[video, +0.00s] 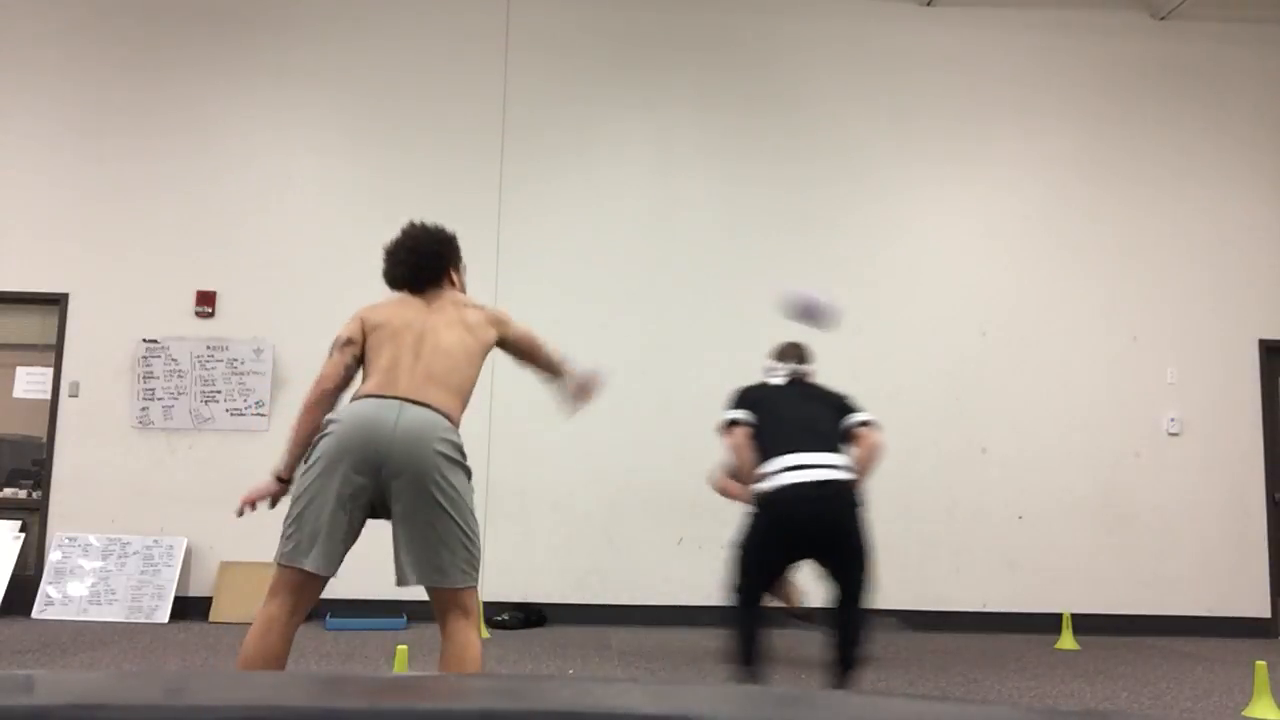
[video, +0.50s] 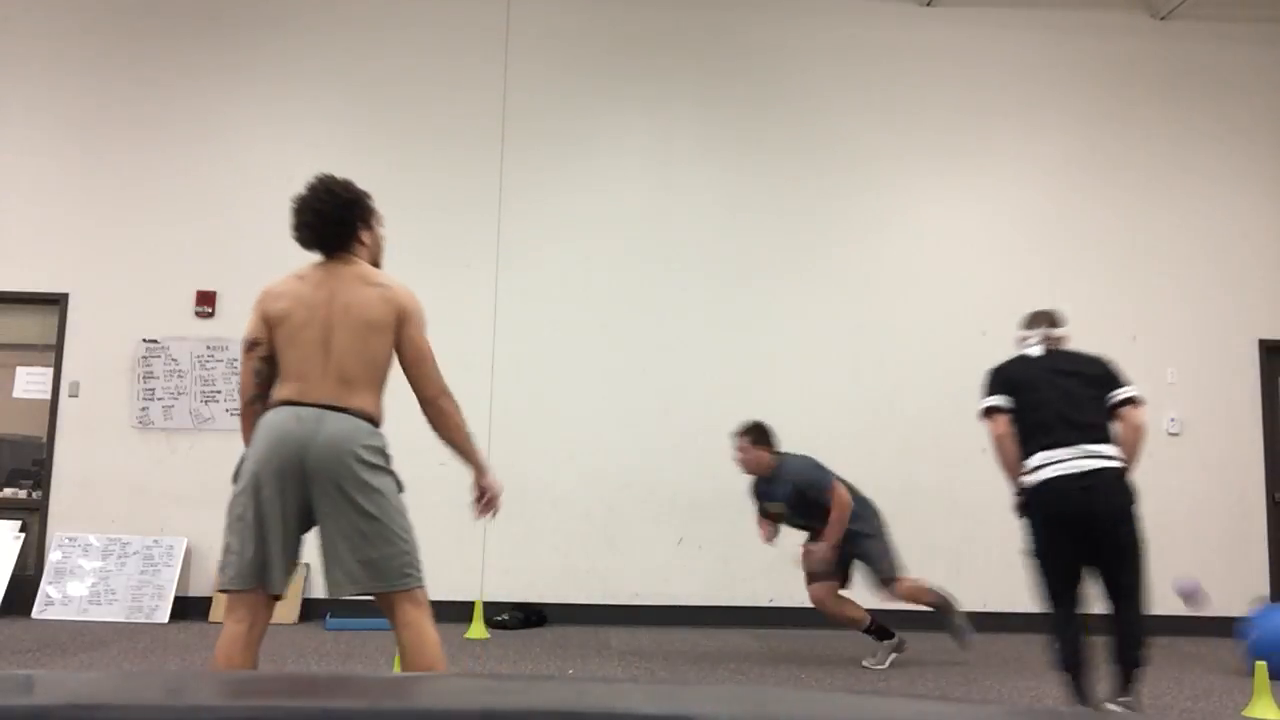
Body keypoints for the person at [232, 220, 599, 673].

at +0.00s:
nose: (465, 278)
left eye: (462, 269)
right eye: (463, 269)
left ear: (400, 280)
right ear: (452, 274)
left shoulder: (370, 316)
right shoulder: (484, 319)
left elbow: (325, 389)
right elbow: (540, 355)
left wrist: (282, 475)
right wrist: (570, 378)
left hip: (353, 426)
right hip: (430, 435)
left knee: (285, 599)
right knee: (458, 613)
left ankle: (240, 719)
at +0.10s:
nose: (458, 267)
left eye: (455, 258)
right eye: (456, 259)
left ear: (396, 272)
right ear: (444, 265)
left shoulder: (363, 311)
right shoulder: (479, 320)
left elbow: (310, 383)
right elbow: (515, 409)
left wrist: (261, 469)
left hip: (353, 428)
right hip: (430, 436)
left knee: (286, 602)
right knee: (457, 611)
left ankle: (236, 716)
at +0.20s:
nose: (447, 263)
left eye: (444, 255)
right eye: (444, 255)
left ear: (387, 268)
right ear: (435, 264)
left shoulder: (355, 313)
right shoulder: (468, 327)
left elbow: (305, 390)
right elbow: (460, 432)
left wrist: (255, 476)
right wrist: (439, 487)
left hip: (346, 433)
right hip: (422, 442)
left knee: (282, 609)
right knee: (455, 612)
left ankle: (232, 719)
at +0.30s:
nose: (430, 257)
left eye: (427, 248)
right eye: (426, 249)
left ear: (368, 261)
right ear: (413, 259)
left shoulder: (331, 310)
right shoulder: (448, 322)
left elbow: (291, 402)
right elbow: (436, 418)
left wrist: (258, 487)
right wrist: (423, 488)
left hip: (325, 433)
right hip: (400, 442)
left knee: (273, 614)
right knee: (444, 611)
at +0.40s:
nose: (406, 243)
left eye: (402, 233)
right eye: (401, 233)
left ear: (344, 246)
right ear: (387, 242)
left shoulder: (303, 303)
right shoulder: (420, 308)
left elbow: (272, 398)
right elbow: (431, 411)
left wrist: (262, 481)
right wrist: (448, 493)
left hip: (299, 429)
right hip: (375, 436)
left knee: (257, 612)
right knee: (425, 609)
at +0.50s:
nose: (383, 234)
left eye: (379, 224)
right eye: (378, 224)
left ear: (320, 236)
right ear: (362, 231)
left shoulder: (276, 296)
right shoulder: (394, 298)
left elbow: (251, 396)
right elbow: (434, 398)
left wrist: (259, 463)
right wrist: (479, 465)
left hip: (277, 435)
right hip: (351, 438)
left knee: (246, 608)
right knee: (407, 604)